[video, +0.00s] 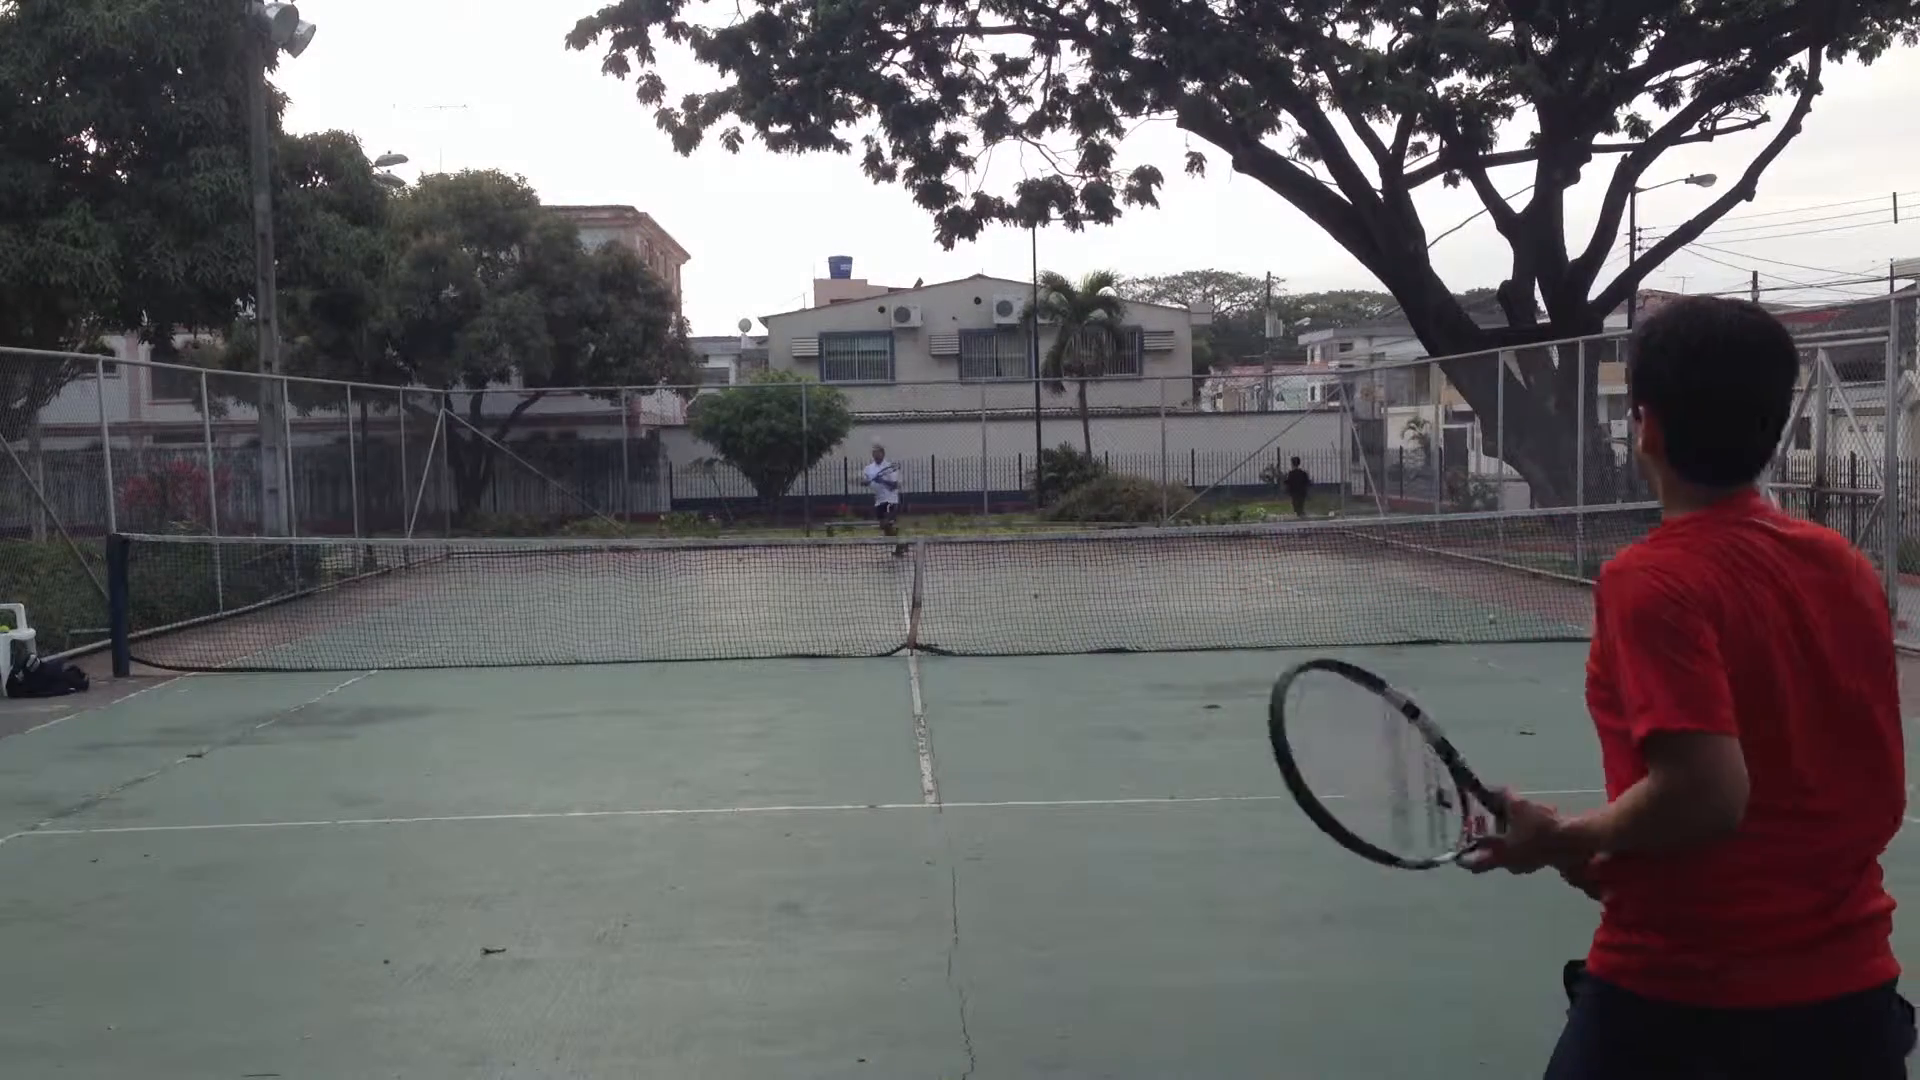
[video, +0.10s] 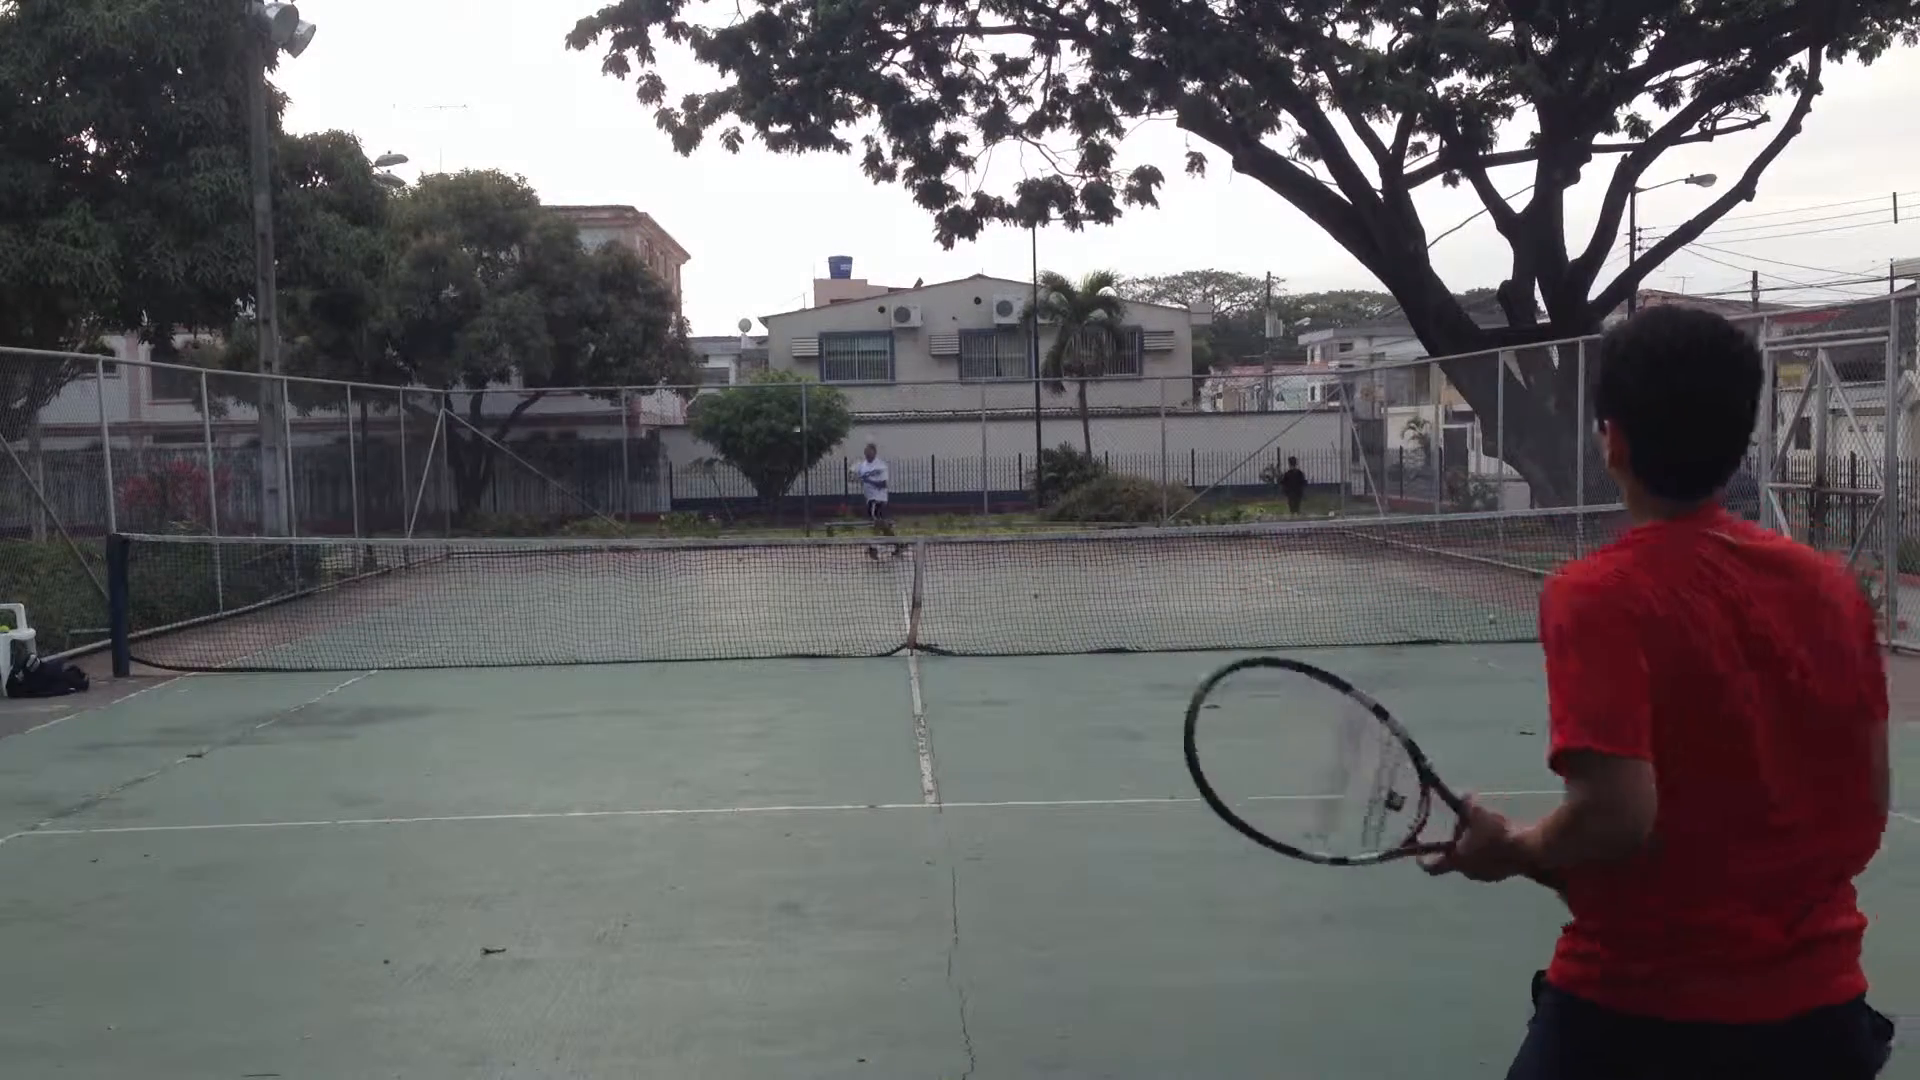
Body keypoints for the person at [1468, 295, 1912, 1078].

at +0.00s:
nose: (1632, 426)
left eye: (1632, 407)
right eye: (1632, 404)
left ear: (1647, 429)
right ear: (1775, 426)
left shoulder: (1651, 577)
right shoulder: (1847, 568)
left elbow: (1705, 793)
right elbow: (1872, 799)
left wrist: (1561, 832)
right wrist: (1628, 854)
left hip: (1672, 1018)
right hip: (1848, 1010)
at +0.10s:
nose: (1602, 436)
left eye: (1602, 419)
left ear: (1613, 443)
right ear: (1740, 437)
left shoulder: (1596, 592)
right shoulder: (1829, 586)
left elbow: (1615, 816)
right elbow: (1866, 808)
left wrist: (1512, 846)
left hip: (1628, 1027)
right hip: (1815, 1023)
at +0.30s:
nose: (1457, 480)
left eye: (1459, 463)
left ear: (1469, 487)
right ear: (1602, 478)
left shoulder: (1427, 648)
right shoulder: (1694, 634)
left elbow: (1389, 889)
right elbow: (1760, 860)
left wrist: (1368, 829)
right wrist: (1633, 898)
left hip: (1480, 1054)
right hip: (1674, 1047)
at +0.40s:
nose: (1362, 487)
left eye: (1364, 471)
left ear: (1373, 494)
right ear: (1501, 494)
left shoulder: (1311, 657)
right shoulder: (1580, 657)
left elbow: (1267, 896)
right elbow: (1668, 881)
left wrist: (1362, 858)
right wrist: (1534, 907)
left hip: (1370, 1056)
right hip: (1564, 1050)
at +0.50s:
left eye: (1280, 453)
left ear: (1288, 476)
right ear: (1423, 476)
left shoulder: (1210, 623)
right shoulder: (1494, 632)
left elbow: (1149, 844)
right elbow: (1576, 856)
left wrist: (1245, 836)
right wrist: (1444, 883)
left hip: (1279, 1050)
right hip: (1473, 1040)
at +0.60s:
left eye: (1216, 385)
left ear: (1224, 412)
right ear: (1361, 412)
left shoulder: (1149, 562)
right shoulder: (1429, 569)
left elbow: (1077, 768)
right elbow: (1506, 794)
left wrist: (1174, 786)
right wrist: (1381, 822)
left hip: (1217, 1006)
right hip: (1401, 995)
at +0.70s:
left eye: (1164, 374)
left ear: (1170, 397)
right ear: (1296, 392)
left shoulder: (1097, 538)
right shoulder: (1376, 540)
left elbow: (1024, 750)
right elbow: (1449, 761)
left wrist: (1110, 775)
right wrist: (1326, 798)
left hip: (1154, 977)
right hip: (1334, 968)